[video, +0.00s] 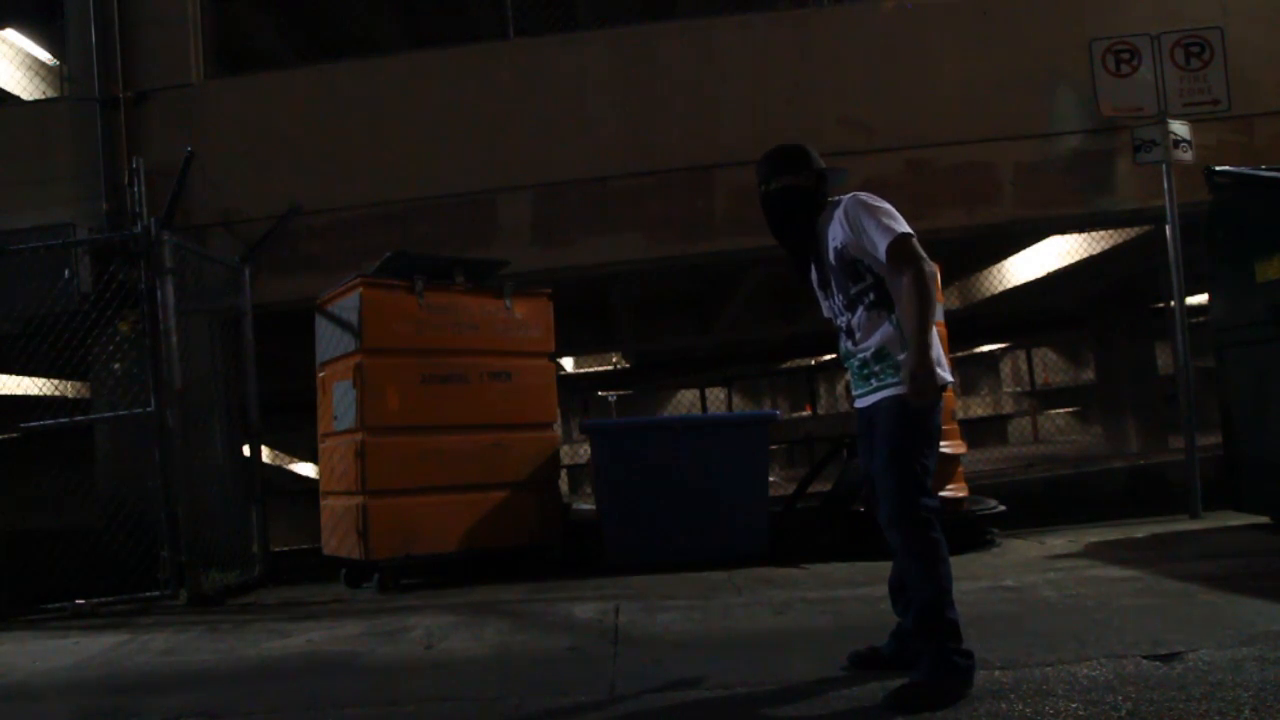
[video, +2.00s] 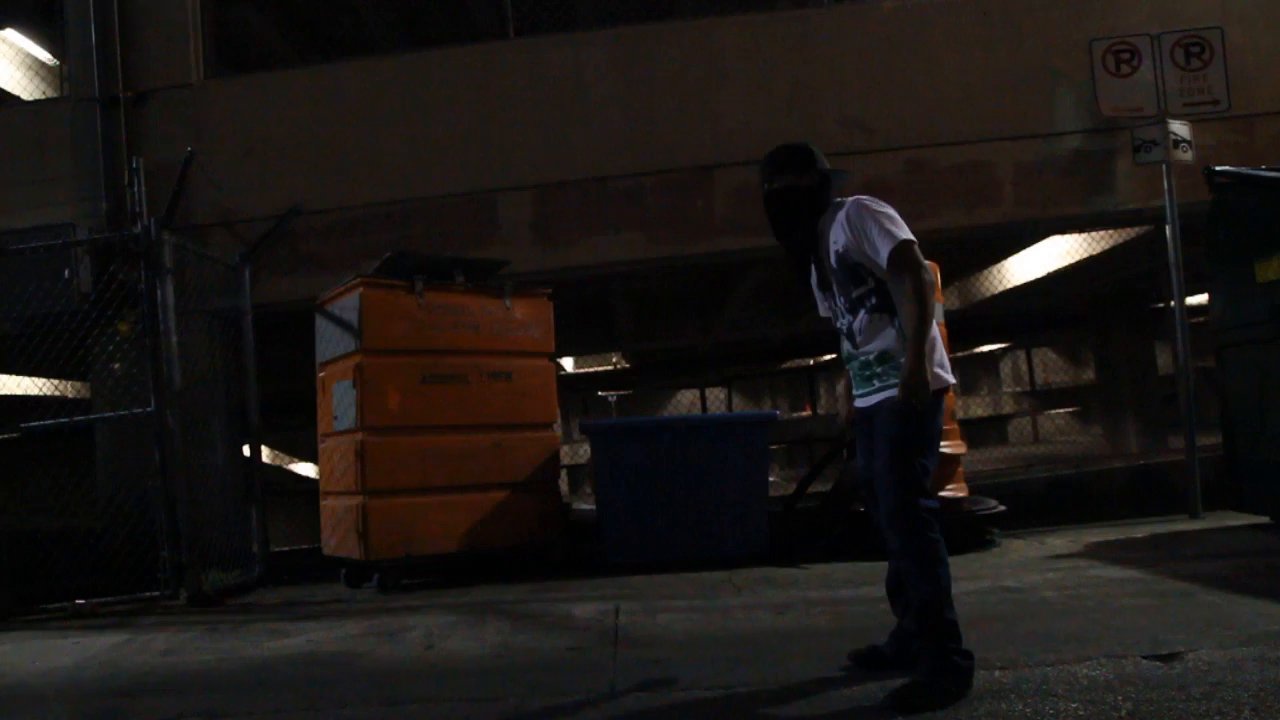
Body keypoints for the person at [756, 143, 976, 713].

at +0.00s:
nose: (770, 209)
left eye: (776, 194)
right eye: (766, 197)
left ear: (806, 185)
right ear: (783, 196)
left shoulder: (855, 210)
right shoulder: (821, 257)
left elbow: (918, 271)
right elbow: (858, 330)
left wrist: (920, 363)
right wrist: (865, 394)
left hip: (906, 393)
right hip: (875, 402)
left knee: (912, 518)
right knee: (896, 519)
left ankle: (945, 660)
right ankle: (914, 639)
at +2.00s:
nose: (774, 208)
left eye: (779, 194)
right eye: (770, 197)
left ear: (806, 185)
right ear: (786, 195)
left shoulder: (858, 213)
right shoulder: (820, 258)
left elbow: (915, 276)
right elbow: (849, 337)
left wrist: (916, 373)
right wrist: (852, 399)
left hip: (908, 393)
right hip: (874, 403)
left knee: (911, 520)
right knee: (894, 521)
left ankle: (946, 661)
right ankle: (913, 638)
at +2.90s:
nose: (712, 221)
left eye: (720, 207)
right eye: (708, 210)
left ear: (747, 202)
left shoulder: (794, 232)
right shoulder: (757, 272)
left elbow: (856, 287)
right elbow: (805, 345)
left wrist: (882, 377)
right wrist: (814, 408)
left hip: (871, 394)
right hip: (843, 402)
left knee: (846, 517)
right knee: (878, 514)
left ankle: (929, 634)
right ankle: (908, 635)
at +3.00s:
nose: (686, 228)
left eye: (694, 214)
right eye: (683, 216)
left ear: (721, 209)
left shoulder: (769, 240)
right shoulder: (733, 276)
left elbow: (840, 296)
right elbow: (782, 349)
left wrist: (886, 373)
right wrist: (791, 412)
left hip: (852, 400)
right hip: (822, 409)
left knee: (811, 522)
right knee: (870, 516)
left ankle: (910, 630)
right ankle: (914, 633)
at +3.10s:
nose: (653, 241)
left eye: (660, 228)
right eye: (652, 229)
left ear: (684, 225)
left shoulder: (735, 255)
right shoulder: (700, 291)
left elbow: (801, 320)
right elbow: (748, 363)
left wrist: (858, 391)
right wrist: (756, 423)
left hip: (825, 415)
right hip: (797, 422)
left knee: (762, 530)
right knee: (846, 527)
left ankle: (841, 640)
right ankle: (918, 634)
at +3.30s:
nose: (555, 256)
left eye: (559, 245)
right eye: (556, 248)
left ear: (576, 240)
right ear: (609, 234)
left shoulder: (615, 269)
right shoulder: (622, 275)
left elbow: (573, 303)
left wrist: (497, 298)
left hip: (728, 429)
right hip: (737, 424)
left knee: (670, 557)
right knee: (770, 539)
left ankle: (741, 675)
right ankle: (888, 611)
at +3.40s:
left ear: (518, 202)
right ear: (556, 202)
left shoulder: (554, 240)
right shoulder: (574, 248)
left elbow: (536, 268)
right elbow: (628, 312)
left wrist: (479, 248)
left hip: (660, 413)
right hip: (660, 412)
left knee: (690, 532)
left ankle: (820, 579)